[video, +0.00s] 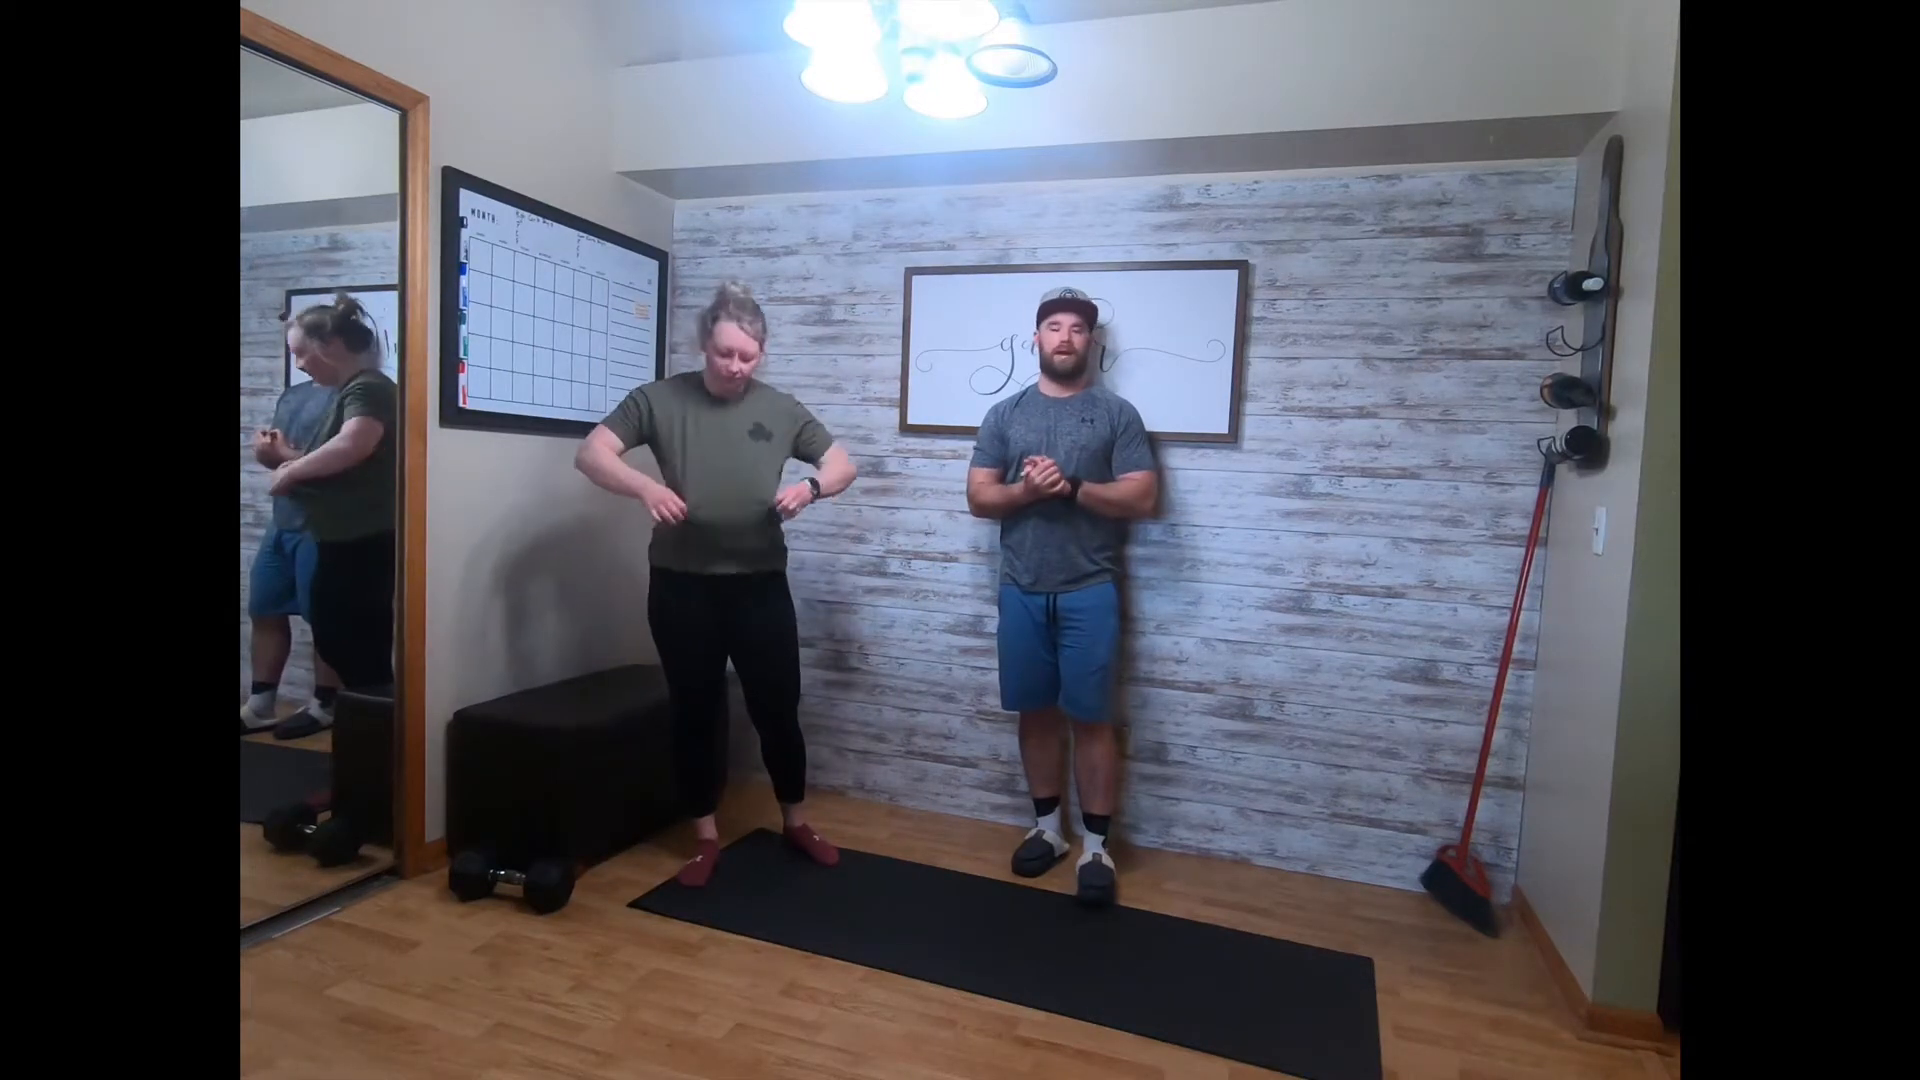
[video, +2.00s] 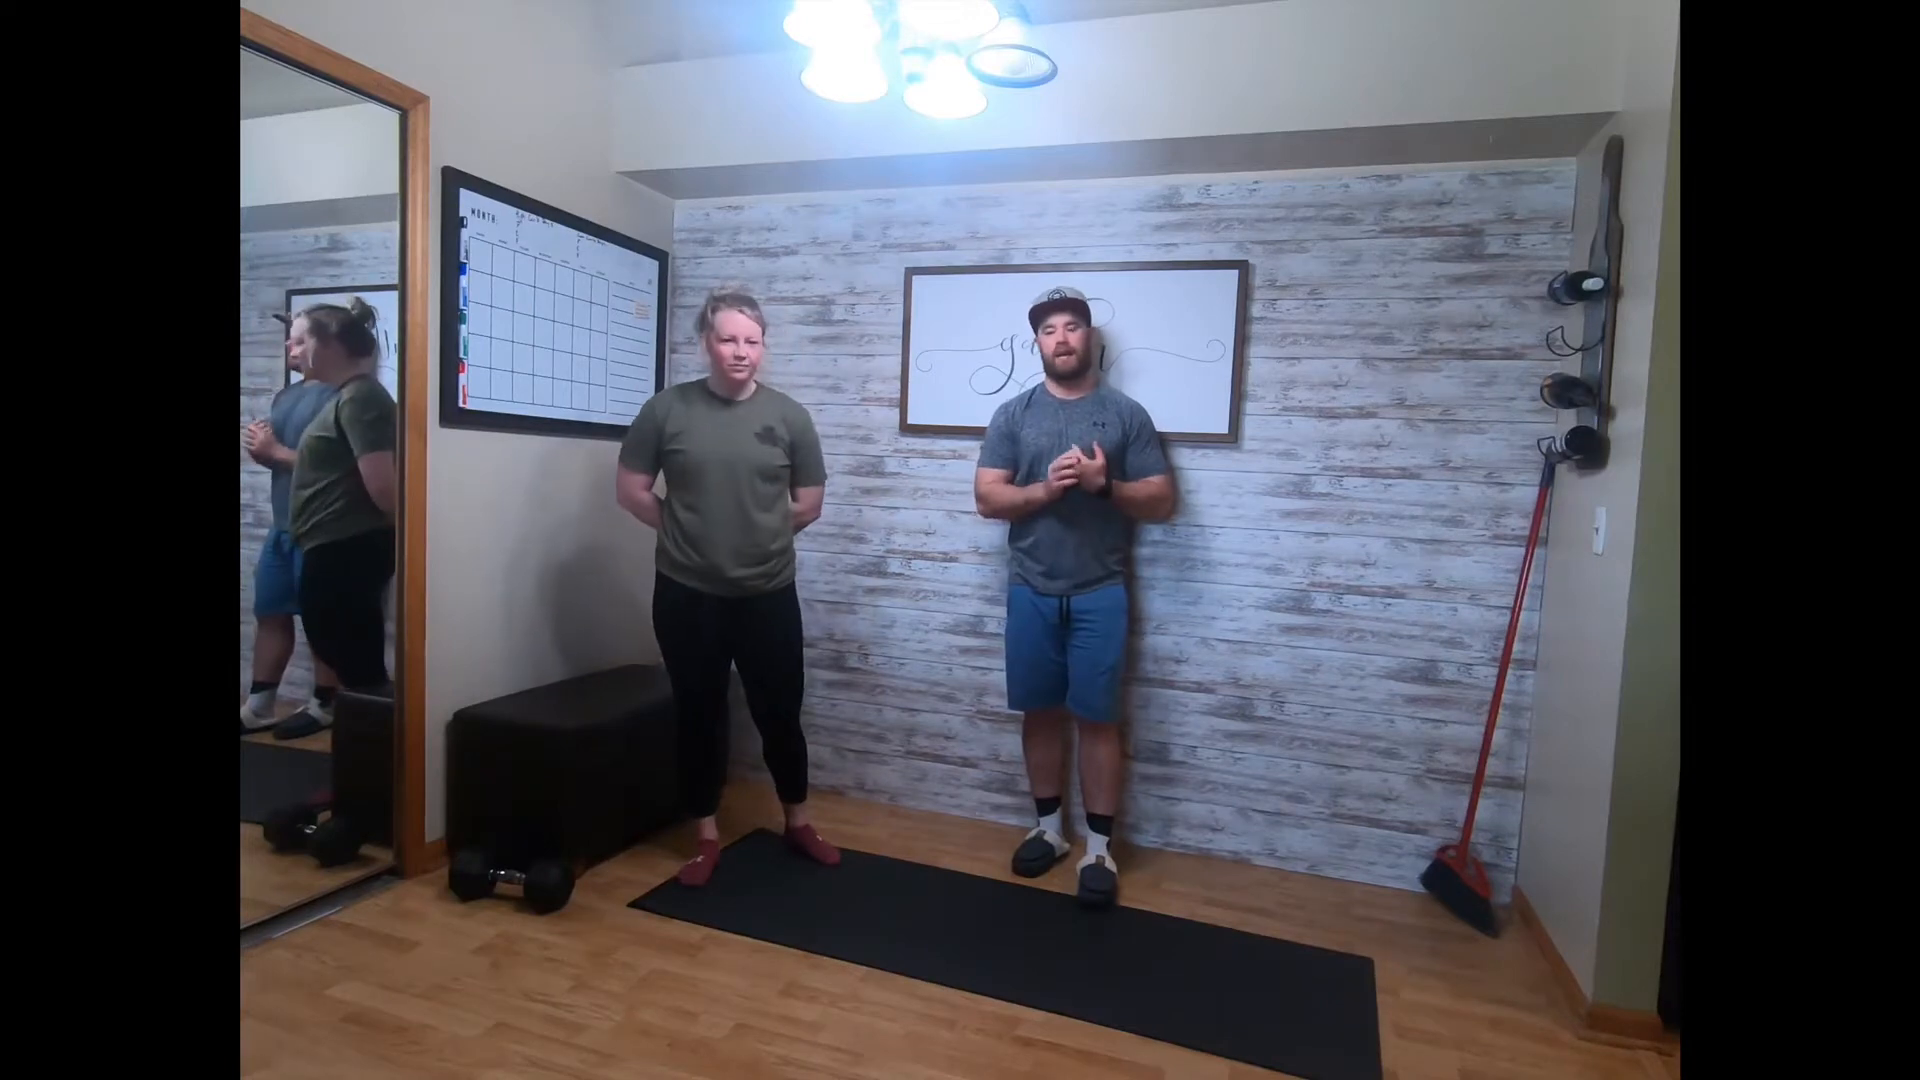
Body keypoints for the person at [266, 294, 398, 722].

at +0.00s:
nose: (302, 367)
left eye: (303, 355)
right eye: (298, 359)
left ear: (330, 345)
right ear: (333, 346)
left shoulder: (368, 388)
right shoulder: (349, 392)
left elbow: (356, 444)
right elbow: (332, 451)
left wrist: (291, 472)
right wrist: (288, 454)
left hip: (364, 541)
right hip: (344, 539)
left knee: (356, 650)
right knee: (344, 645)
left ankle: (377, 752)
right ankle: (363, 747)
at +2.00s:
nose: (303, 354)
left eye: (308, 342)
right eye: (302, 344)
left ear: (337, 343)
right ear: (344, 345)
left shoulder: (362, 398)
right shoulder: (346, 398)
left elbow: (384, 487)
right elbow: (378, 485)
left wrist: (416, 534)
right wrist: (413, 530)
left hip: (349, 545)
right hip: (333, 542)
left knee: (354, 659)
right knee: (349, 656)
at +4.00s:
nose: (318, 351)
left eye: (324, 341)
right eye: (319, 342)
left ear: (351, 346)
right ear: (353, 346)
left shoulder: (374, 396)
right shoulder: (364, 394)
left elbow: (397, 483)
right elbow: (392, 479)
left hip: (365, 541)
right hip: (357, 538)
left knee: (366, 647)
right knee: (367, 646)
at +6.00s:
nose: (297, 343)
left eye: (305, 334)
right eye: (299, 334)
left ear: (328, 340)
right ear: (350, 342)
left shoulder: (333, 391)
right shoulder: (381, 393)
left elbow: (349, 473)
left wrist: (400, 508)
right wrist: (405, 508)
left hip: (340, 543)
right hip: (378, 539)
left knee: (352, 655)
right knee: (376, 650)